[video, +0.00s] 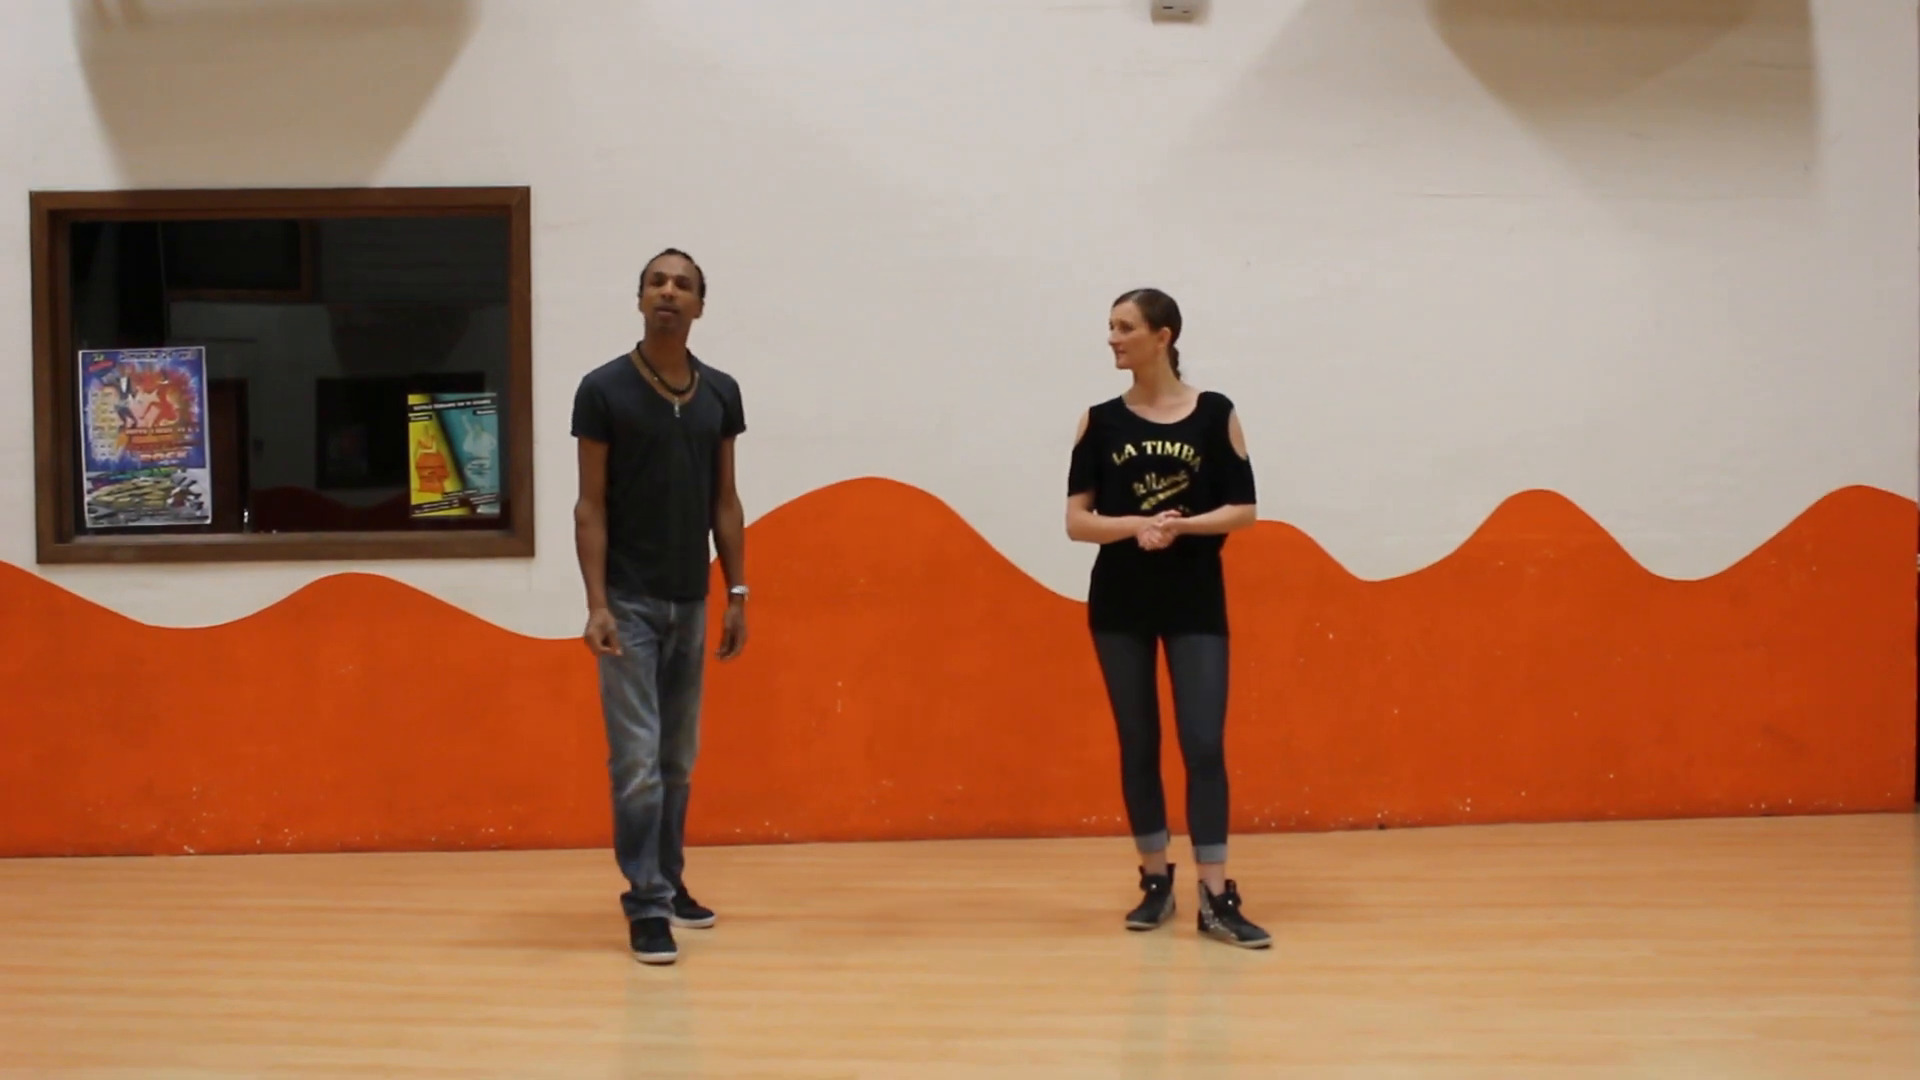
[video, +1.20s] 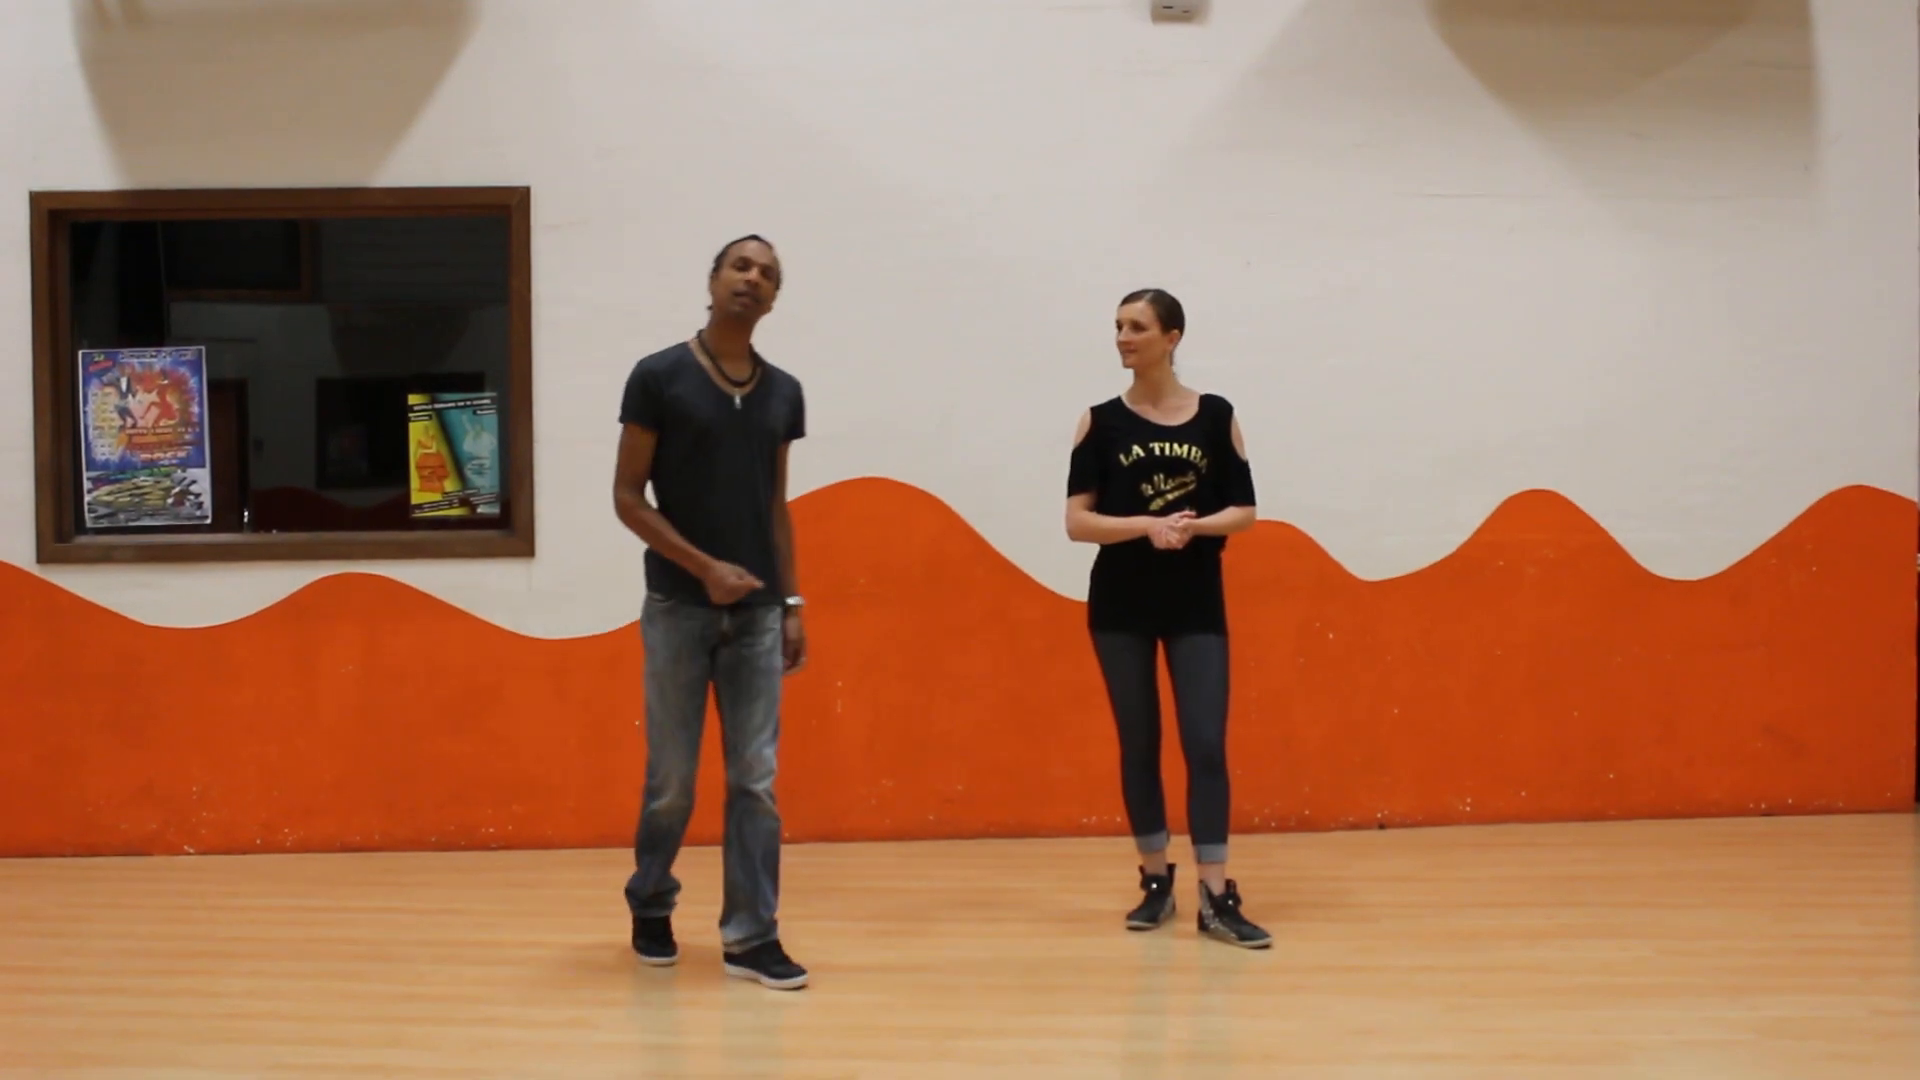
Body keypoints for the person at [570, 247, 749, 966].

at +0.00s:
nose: (668, 292)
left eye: (682, 284)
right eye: (657, 282)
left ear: (701, 305)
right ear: (638, 299)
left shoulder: (719, 392)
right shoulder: (604, 389)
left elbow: (725, 501)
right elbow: (590, 506)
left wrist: (738, 596)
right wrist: (597, 603)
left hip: (688, 598)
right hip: (626, 600)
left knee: (677, 756)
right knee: (639, 757)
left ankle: (666, 883)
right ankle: (645, 903)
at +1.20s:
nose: (753, 279)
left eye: (767, 274)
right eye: (741, 265)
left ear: (774, 300)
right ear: (712, 280)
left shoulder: (781, 391)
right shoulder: (658, 377)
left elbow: (777, 506)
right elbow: (627, 500)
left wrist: (792, 604)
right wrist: (706, 567)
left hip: (756, 605)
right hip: (678, 604)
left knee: (755, 777)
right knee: (673, 778)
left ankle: (751, 937)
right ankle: (651, 905)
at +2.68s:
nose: (687, 292)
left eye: (700, 286)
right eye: (674, 278)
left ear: (706, 309)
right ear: (642, 295)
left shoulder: (713, 394)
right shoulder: (595, 391)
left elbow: (710, 500)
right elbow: (563, 510)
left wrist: (717, 514)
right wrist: (668, 510)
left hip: (686, 603)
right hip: (612, 604)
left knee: (715, 765)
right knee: (617, 770)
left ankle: (743, 929)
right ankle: (621, 921)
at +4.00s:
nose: (733, 315)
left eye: (740, 306)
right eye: (721, 300)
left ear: (737, 320)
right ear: (682, 303)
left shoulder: (715, 396)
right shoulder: (642, 386)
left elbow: (688, 497)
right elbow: (613, 497)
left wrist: (729, 497)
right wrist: (709, 484)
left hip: (689, 586)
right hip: (639, 583)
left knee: (670, 739)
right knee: (664, 737)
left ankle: (645, 887)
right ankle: (636, 897)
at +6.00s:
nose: (716, 299)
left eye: (725, 289)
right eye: (703, 288)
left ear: (733, 304)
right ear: (672, 301)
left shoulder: (746, 385)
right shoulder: (643, 390)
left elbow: (763, 475)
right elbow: (624, 505)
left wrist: (765, 483)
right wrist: (716, 482)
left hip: (735, 592)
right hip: (675, 592)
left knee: (723, 752)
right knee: (688, 751)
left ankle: (680, 877)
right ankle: (689, 903)